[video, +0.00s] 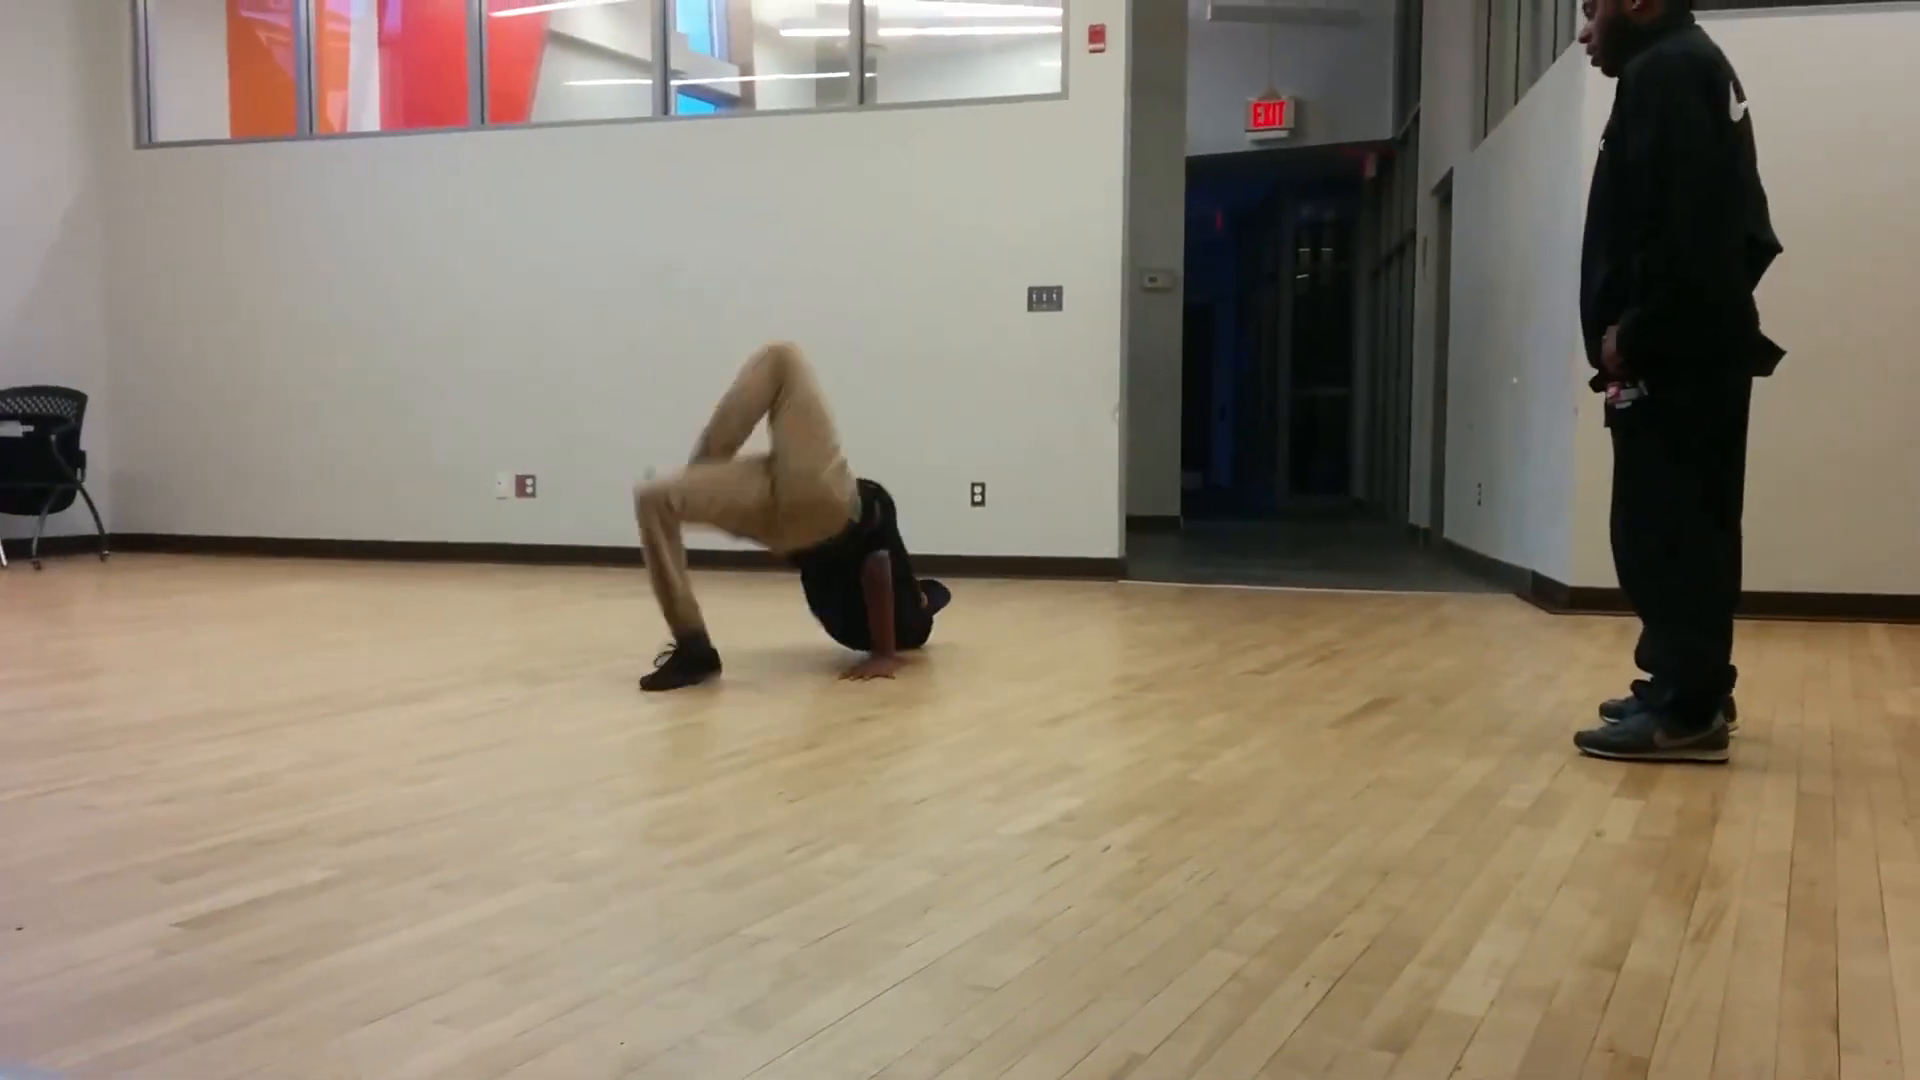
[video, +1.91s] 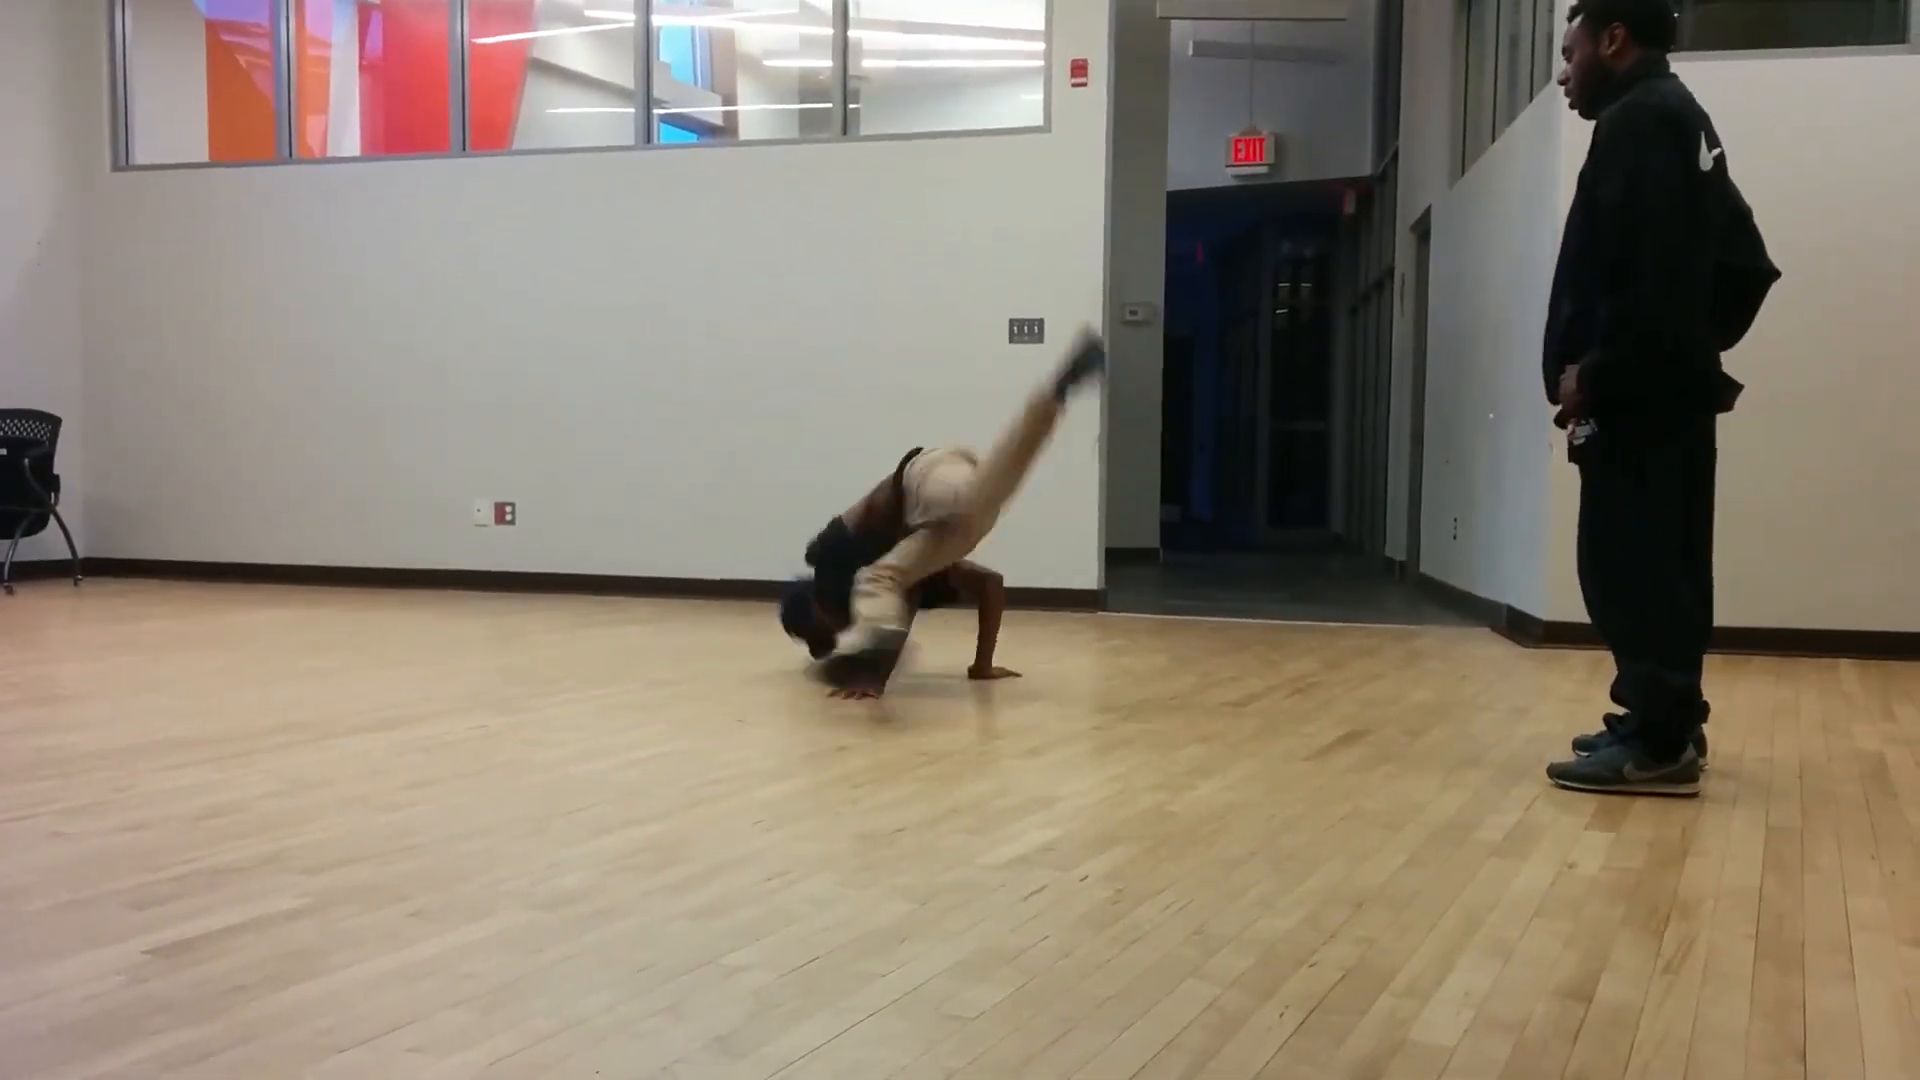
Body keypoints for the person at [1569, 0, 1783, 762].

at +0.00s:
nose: (1582, 28)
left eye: (1591, 10)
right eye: (1583, 12)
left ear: (1637, 6)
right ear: (1647, 9)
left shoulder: (1667, 72)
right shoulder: (1687, 67)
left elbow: (1678, 225)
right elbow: (1738, 234)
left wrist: (1633, 331)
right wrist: (1634, 332)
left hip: (1676, 363)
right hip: (1690, 357)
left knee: (1668, 528)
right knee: (1678, 523)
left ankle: (1687, 711)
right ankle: (1684, 693)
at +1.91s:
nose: (1563, 71)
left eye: (1571, 52)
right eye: (1563, 55)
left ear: (1615, 43)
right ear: (1624, 43)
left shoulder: (1637, 119)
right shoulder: (1675, 114)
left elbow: (1637, 269)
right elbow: (1747, 265)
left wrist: (1591, 367)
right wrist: (1684, 355)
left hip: (1638, 398)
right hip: (1675, 396)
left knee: (1628, 558)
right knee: (1663, 553)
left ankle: (1657, 741)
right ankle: (1663, 727)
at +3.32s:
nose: (1651, 48)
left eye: (1661, 26)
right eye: (1653, 29)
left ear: (1704, 22)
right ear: (1724, 27)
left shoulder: (1705, 113)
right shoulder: (1785, 103)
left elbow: (1689, 253)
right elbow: (1873, 226)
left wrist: (1661, 363)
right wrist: (1790, 298)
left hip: (1712, 383)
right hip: (1786, 378)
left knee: (1668, 550)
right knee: (1784, 551)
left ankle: (1647, 729)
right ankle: (1791, 729)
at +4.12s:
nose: (1708, 70)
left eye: (1715, 47)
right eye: (1708, 52)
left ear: (1766, 36)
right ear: (1770, 39)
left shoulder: (1806, 102)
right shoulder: (1828, 101)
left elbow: (1820, 239)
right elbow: (1898, 232)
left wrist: (1773, 342)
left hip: (1796, 386)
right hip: (1850, 385)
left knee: (1728, 532)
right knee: (1825, 546)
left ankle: (1743, 720)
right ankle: (1810, 727)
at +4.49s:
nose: (1666, 80)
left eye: (1675, 59)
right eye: (1665, 63)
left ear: (1727, 47)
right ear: (1727, 51)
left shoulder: (1774, 116)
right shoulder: (1759, 118)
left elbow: (1815, 270)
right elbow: (1816, 268)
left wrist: (1738, 374)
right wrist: (1715, 369)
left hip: (1774, 405)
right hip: (1751, 405)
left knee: (1754, 566)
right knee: (1730, 562)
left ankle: (1748, 752)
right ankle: (1723, 736)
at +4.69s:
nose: (1592, 83)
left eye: (1601, 62)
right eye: (1591, 65)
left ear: (1655, 51)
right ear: (1654, 55)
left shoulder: (1696, 125)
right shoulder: (1678, 125)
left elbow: (1709, 278)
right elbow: (1686, 276)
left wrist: (1658, 389)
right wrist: (1633, 382)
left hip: (1691, 414)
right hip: (1666, 412)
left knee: (1681, 583)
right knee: (1657, 579)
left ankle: (1682, 773)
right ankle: (1649, 743)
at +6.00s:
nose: (1531, 150)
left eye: (1540, 130)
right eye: (1531, 131)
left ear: (1585, 124)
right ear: (1593, 125)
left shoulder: (1623, 204)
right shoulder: (1630, 197)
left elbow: (1662, 343)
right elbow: (1700, 333)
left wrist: (1595, 460)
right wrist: (1604, 447)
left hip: (1646, 483)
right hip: (1635, 480)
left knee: (1644, 652)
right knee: (1623, 647)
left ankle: (1656, 840)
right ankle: (1623, 808)